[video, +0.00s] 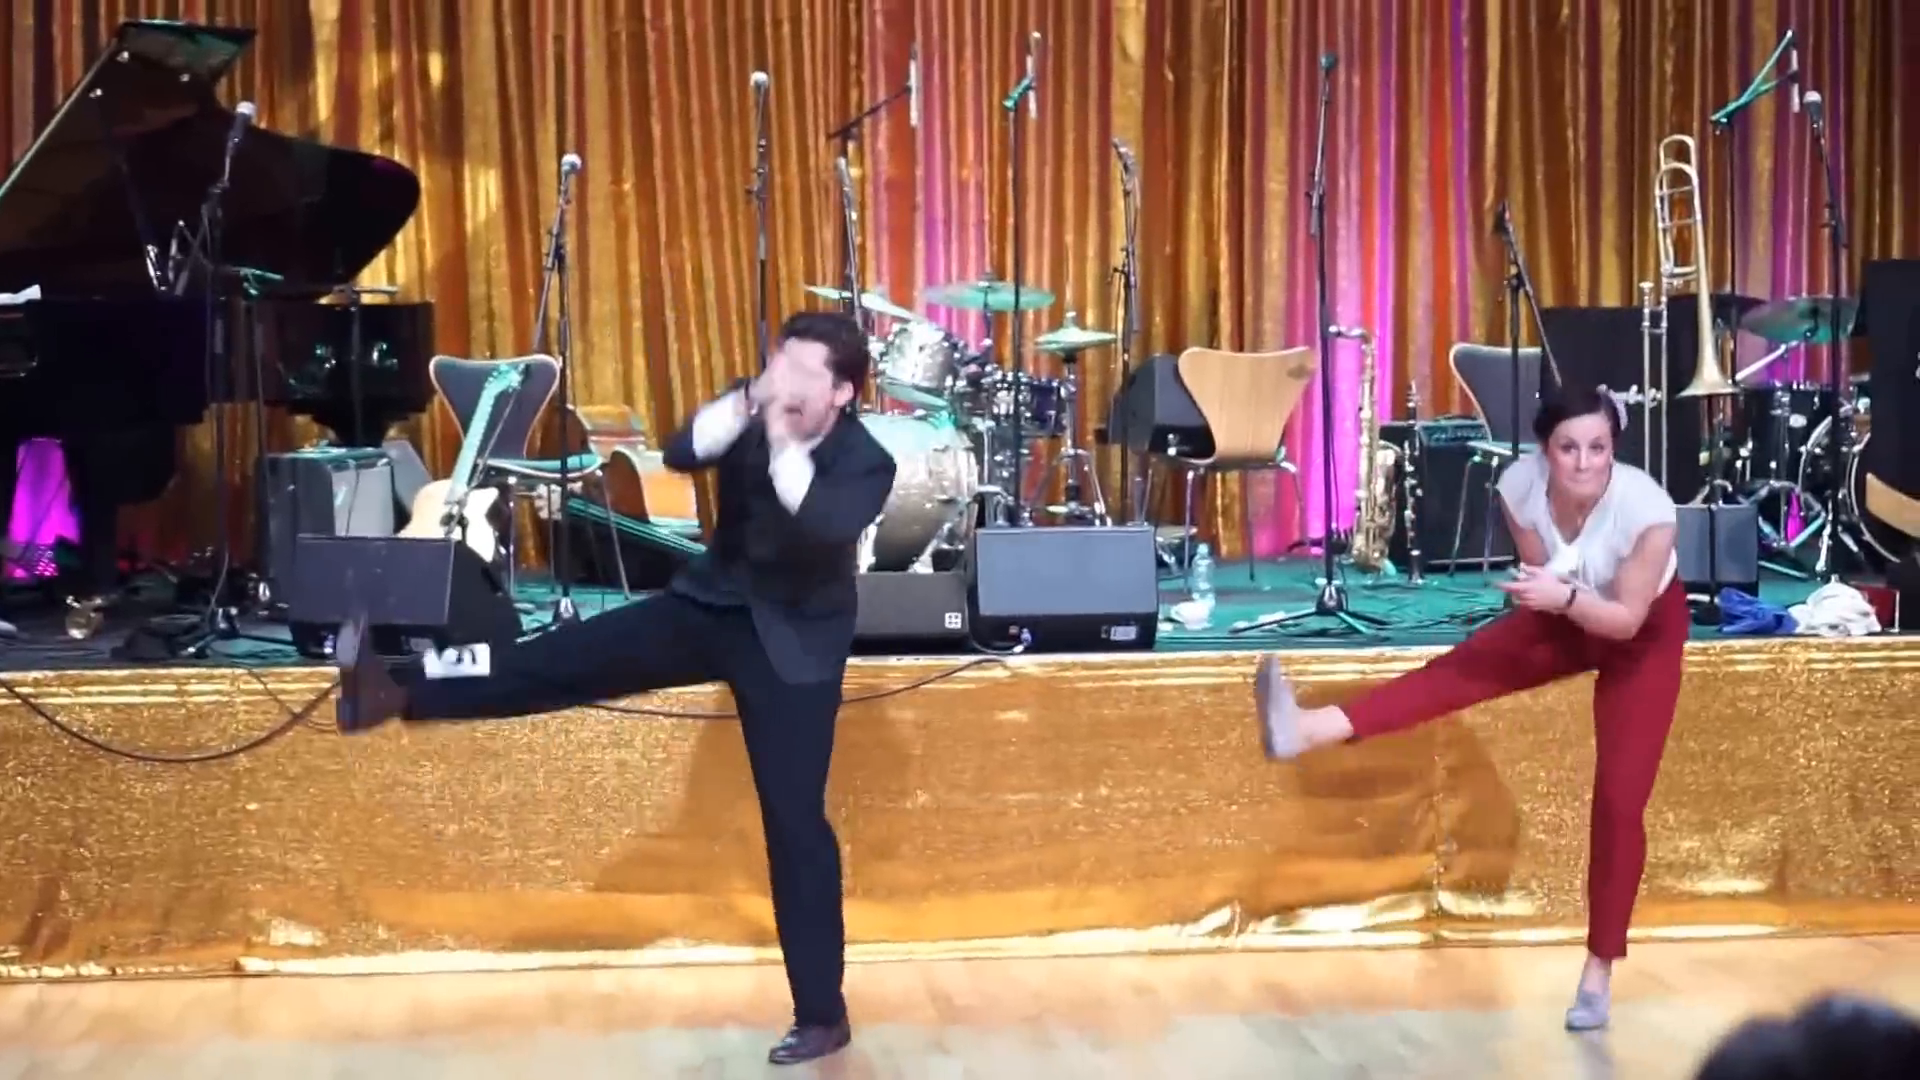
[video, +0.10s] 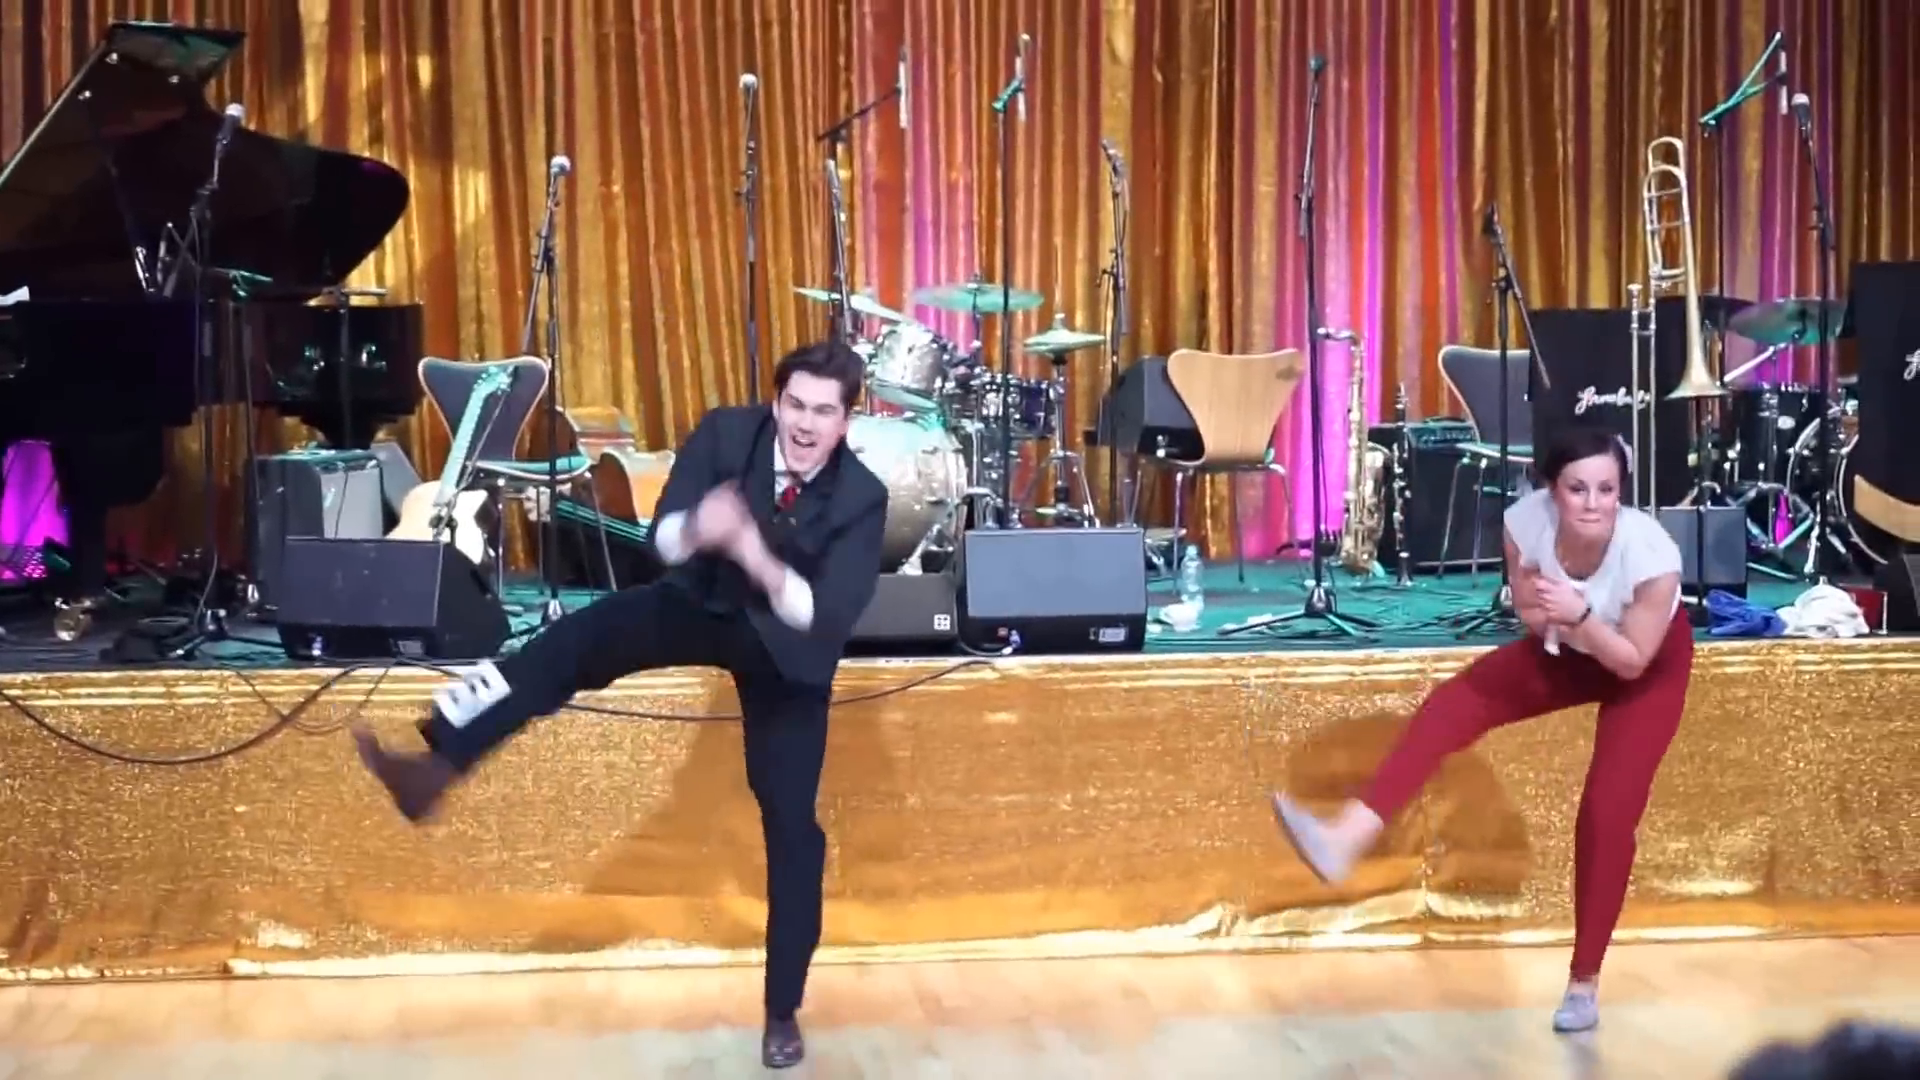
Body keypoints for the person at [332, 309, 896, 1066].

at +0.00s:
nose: (781, 391)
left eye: (800, 383)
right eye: (778, 374)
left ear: (844, 392)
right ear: (770, 367)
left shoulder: (865, 460)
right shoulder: (752, 411)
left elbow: (828, 522)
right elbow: (682, 455)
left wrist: (783, 443)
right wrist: (743, 407)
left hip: (792, 647)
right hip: (706, 609)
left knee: (794, 822)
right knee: (563, 661)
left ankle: (822, 1017)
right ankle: (397, 694)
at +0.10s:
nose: (806, 423)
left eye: (825, 411)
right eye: (797, 405)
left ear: (850, 417)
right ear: (778, 399)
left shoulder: (862, 498)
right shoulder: (726, 434)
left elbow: (828, 617)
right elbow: (665, 541)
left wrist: (758, 558)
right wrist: (700, 526)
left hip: (786, 654)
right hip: (697, 608)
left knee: (792, 823)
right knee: (572, 643)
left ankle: (783, 1010)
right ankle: (434, 770)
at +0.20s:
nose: (815, 461)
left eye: (831, 448)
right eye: (803, 443)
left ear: (849, 451)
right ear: (776, 437)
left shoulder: (857, 530)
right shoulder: (713, 475)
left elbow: (853, 646)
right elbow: (656, 569)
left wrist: (810, 747)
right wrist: (627, 679)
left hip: (780, 663)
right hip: (690, 634)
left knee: (778, 806)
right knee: (597, 718)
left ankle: (710, 988)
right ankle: (592, 888)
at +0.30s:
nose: (829, 516)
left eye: (841, 500)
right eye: (815, 499)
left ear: (853, 502)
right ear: (780, 495)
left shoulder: (853, 578)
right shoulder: (711, 534)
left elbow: (849, 701)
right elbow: (649, 644)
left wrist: (853, 830)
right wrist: (592, 762)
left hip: (769, 713)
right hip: (675, 698)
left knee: (758, 854)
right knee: (643, 843)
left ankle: (669, 1020)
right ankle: (730, 960)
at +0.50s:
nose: (843, 553)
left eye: (850, 536)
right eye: (828, 538)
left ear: (859, 535)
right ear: (784, 540)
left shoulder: (854, 588)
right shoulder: (700, 577)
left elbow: (835, 665)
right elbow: (641, 652)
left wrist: (822, 731)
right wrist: (630, 729)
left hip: (771, 698)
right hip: (681, 699)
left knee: (811, 819)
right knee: (694, 846)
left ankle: (734, 971)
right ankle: (687, 975)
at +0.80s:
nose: (875, 541)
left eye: (877, 524)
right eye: (858, 532)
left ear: (885, 519)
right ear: (813, 541)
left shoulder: (888, 563)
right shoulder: (742, 590)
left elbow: (874, 655)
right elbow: (669, 655)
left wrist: (861, 735)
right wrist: (677, 752)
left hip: (818, 710)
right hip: (733, 706)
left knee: (846, 850)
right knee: (759, 838)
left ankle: (778, 976)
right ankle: (654, 956)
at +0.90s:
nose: (879, 532)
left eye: (880, 515)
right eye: (862, 524)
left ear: (887, 510)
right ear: (819, 536)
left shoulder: (901, 551)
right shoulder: (750, 581)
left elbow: (900, 642)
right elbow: (705, 651)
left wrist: (902, 733)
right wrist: (735, 742)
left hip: (839, 695)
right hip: (765, 699)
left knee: (869, 832)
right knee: (821, 814)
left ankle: (785, 943)